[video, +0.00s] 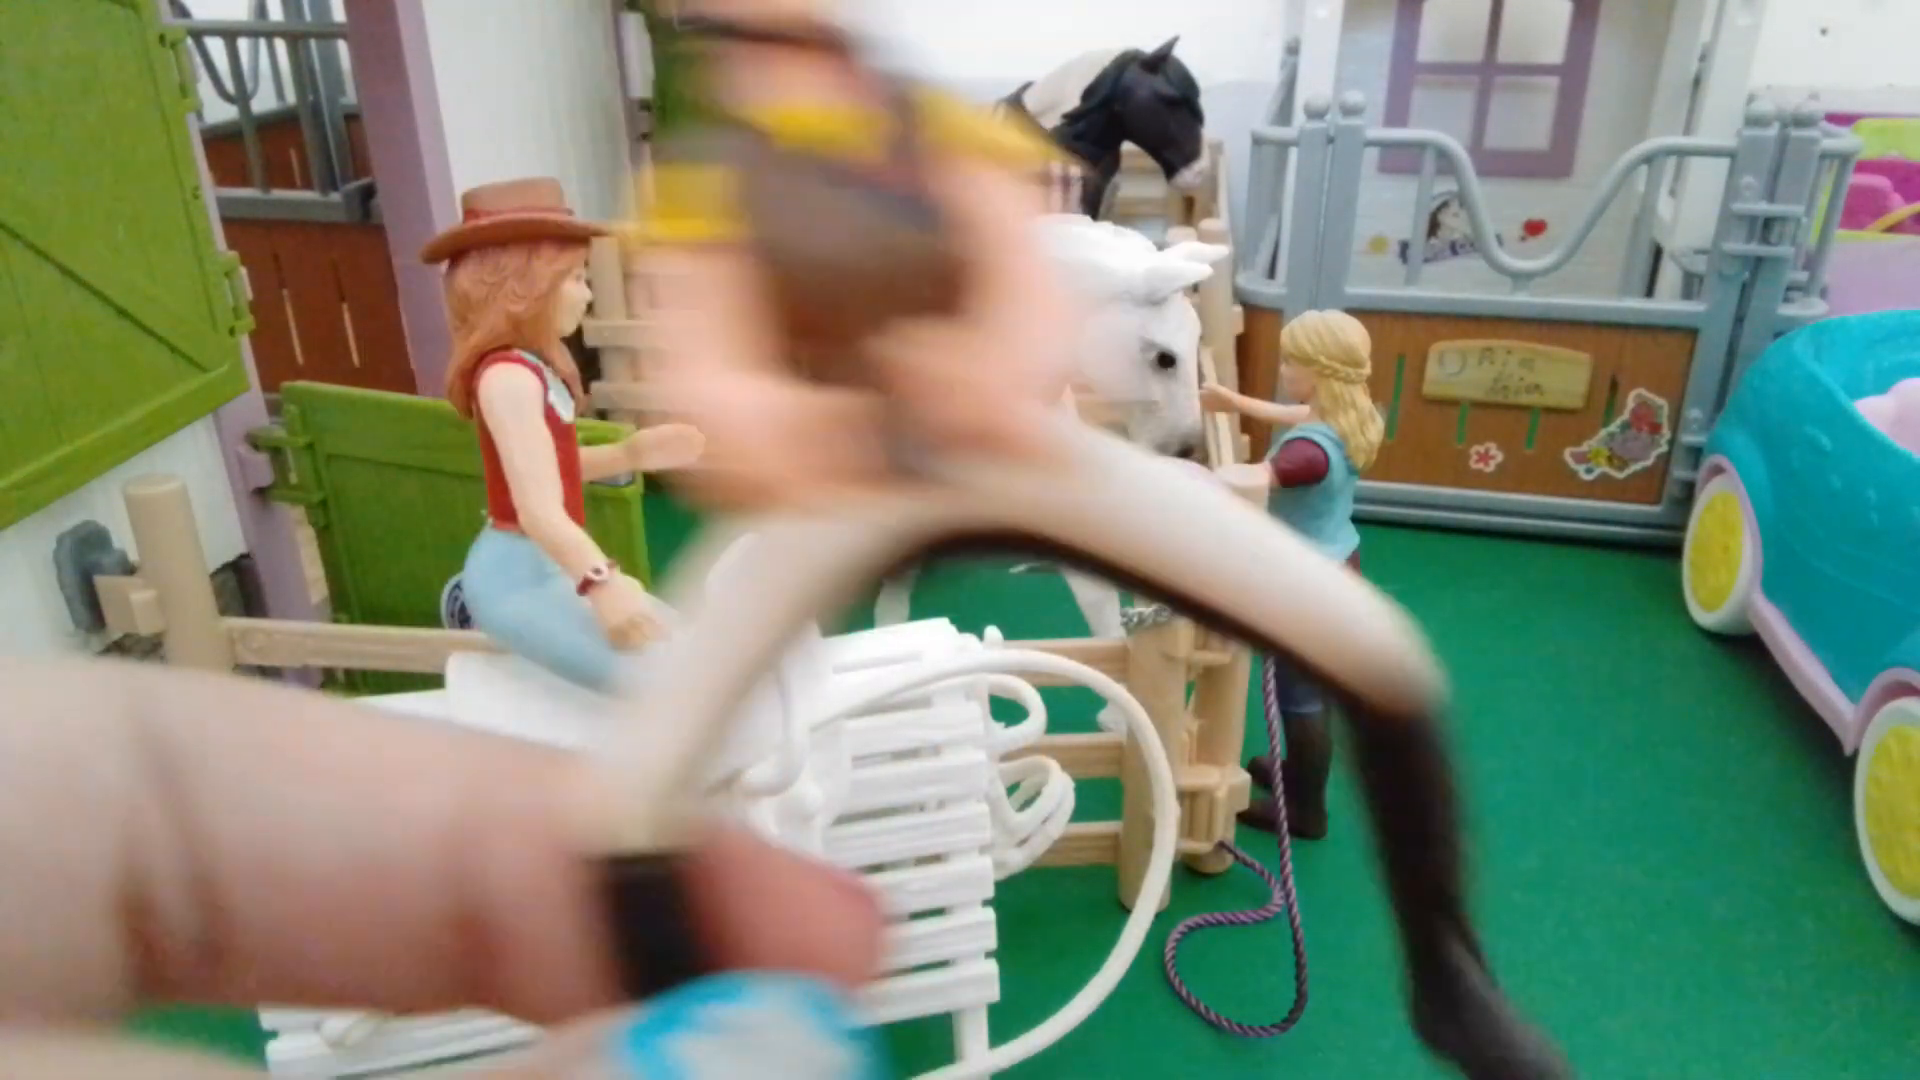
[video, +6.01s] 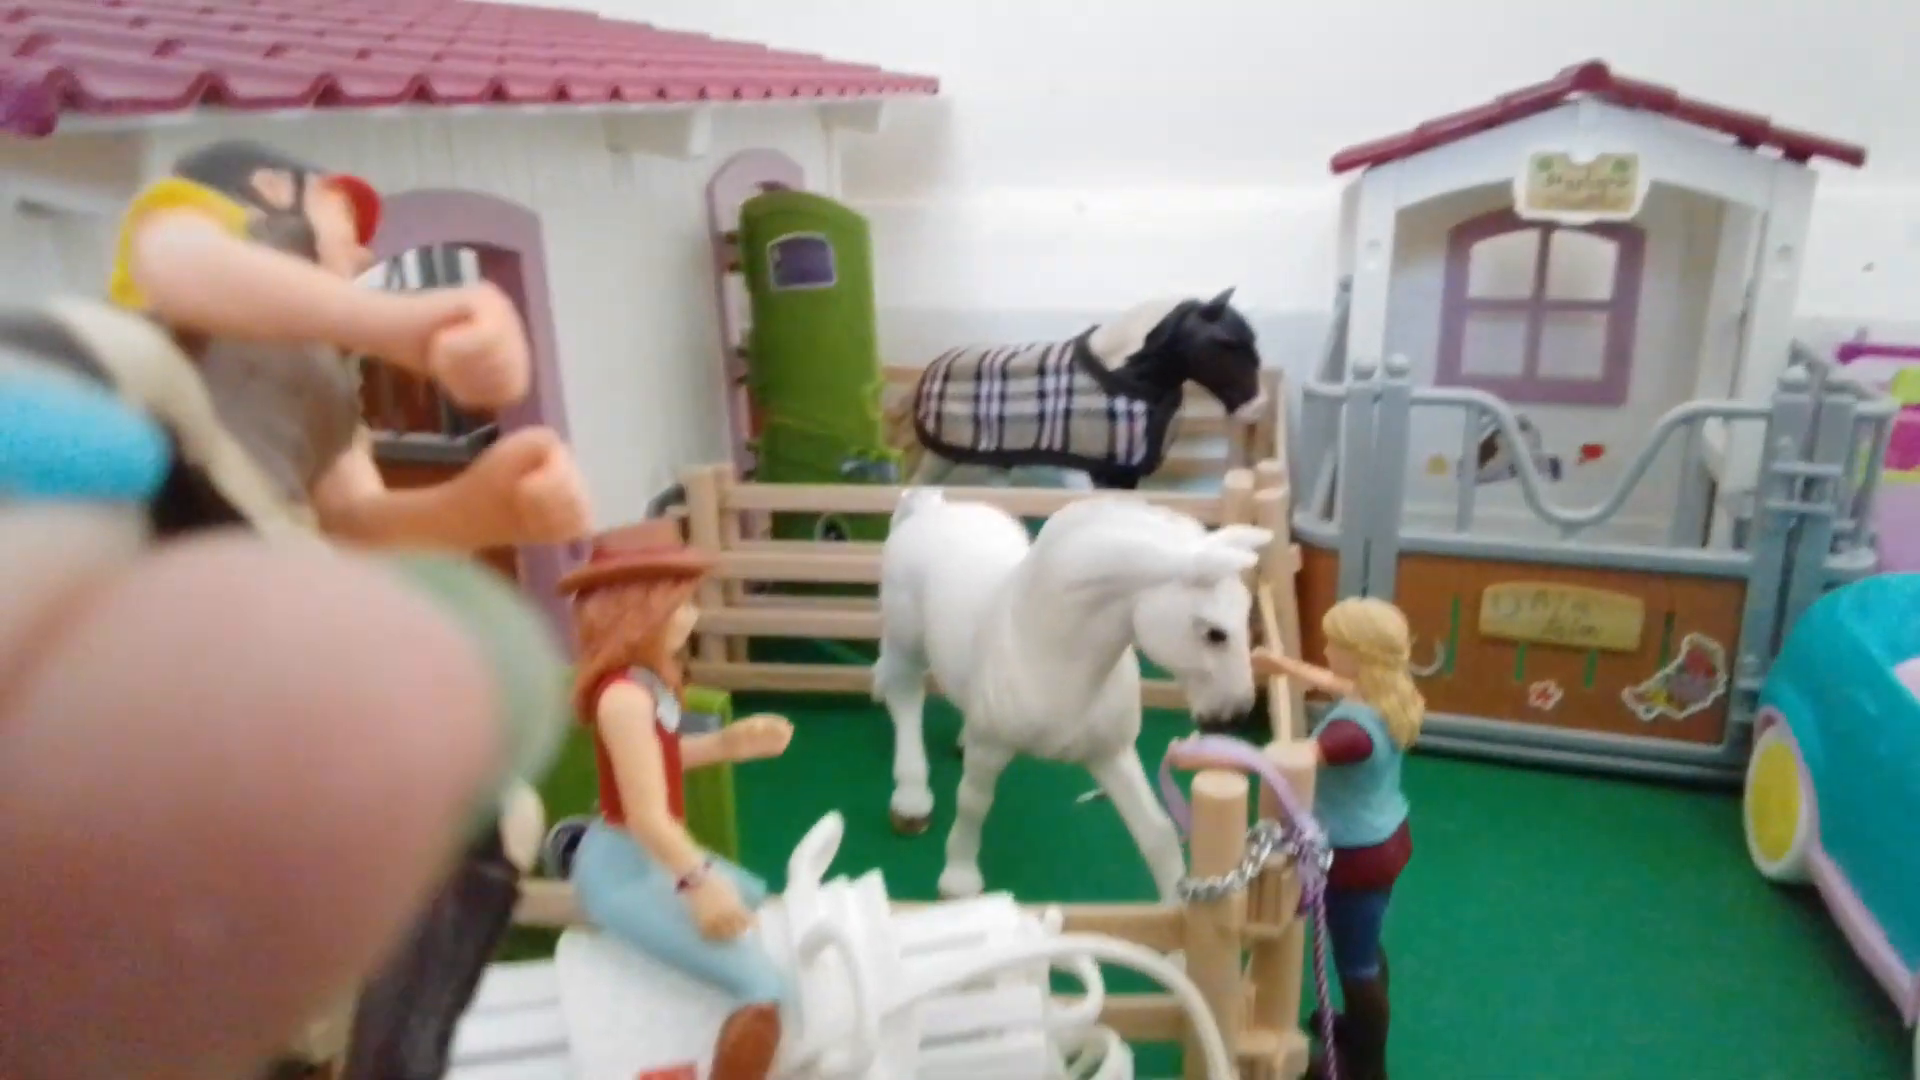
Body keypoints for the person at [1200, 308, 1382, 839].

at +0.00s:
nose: (1281, 371)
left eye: (1290, 363)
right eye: (1284, 361)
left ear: (1317, 374)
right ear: (1336, 373)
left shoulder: (1315, 448)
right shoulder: (1346, 419)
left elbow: (1253, 479)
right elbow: (1292, 415)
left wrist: (1193, 479)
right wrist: (1236, 401)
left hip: (1309, 579)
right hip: (1333, 565)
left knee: (1297, 691)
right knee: (1299, 676)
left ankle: (1302, 809)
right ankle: (1298, 771)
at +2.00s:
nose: (1282, 371)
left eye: (1290, 362)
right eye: (1285, 360)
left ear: (1319, 373)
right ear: (1335, 374)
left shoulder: (1314, 447)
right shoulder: (1346, 418)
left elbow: (1249, 478)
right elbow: (1288, 415)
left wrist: (1165, 483)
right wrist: (1235, 400)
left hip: (1305, 587)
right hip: (1332, 564)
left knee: (1298, 699)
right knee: (1302, 680)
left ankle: (1304, 812)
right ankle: (1299, 771)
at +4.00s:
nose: (1282, 371)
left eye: (1289, 362)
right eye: (1284, 360)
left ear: (1317, 372)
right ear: (1336, 372)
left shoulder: (1314, 448)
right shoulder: (1348, 417)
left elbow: (1249, 479)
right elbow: (1290, 415)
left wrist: (1176, 484)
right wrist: (1238, 401)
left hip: (1305, 587)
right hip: (1333, 565)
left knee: (1298, 698)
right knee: (1301, 680)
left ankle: (1303, 810)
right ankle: (1298, 772)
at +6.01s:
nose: (1327, 652)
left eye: (1334, 645)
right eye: (1328, 644)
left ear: (1359, 657)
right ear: (1379, 656)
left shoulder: (1356, 728)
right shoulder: (1391, 698)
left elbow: (1276, 762)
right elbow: (1333, 684)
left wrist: (1206, 754)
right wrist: (1279, 663)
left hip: (1358, 858)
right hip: (1384, 839)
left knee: (1358, 968)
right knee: (1363, 949)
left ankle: (1364, 1068)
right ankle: (1358, 1035)